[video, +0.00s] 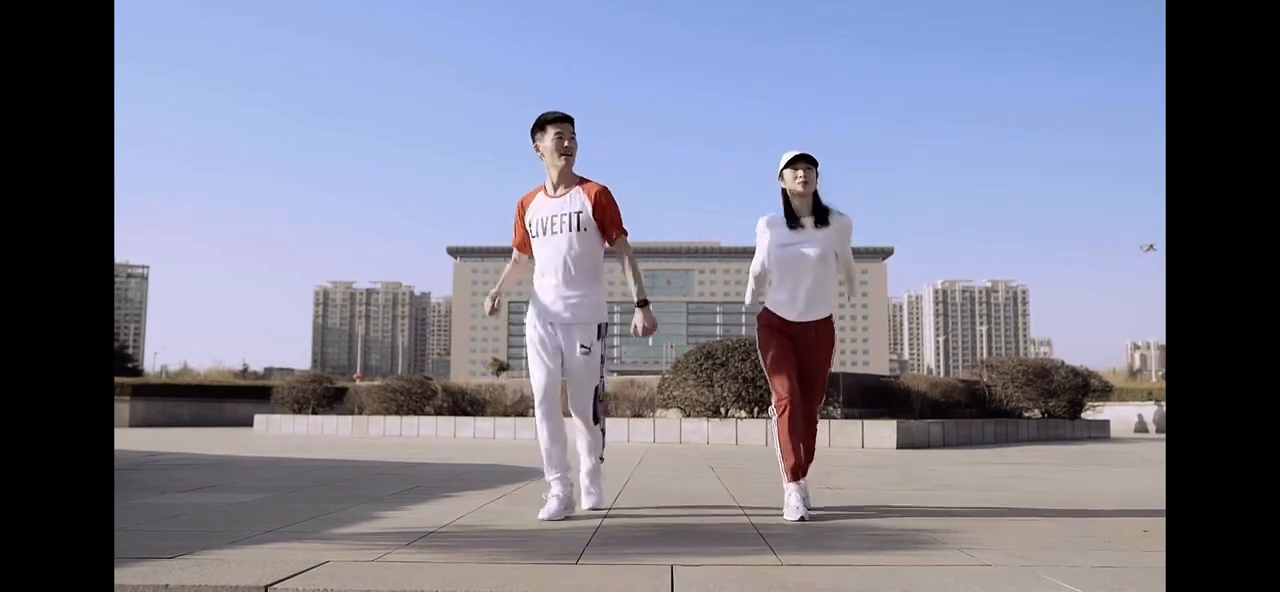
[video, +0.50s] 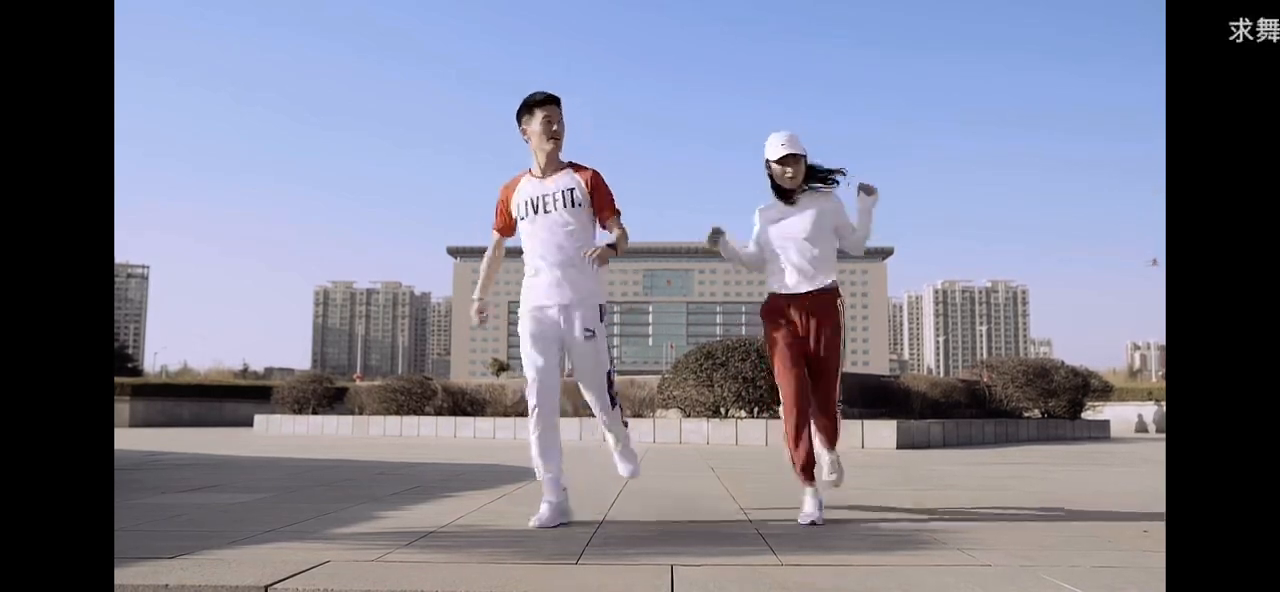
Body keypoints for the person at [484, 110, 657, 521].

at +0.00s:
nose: (567, 141)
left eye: (570, 136)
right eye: (557, 136)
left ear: (576, 145)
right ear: (538, 147)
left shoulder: (596, 194)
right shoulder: (528, 203)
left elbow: (624, 251)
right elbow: (521, 259)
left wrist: (642, 304)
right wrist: (498, 289)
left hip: (586, 318)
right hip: (541, 317)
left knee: (585, 407)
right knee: (544, 404)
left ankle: (591, 482)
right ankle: (558, 490)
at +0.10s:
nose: (568, 126)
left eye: (572, 120)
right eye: (559, 121)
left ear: (578, 129)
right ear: (540, 130)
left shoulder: (599, 179)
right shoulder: (524, 184)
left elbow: (620, 231)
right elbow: (507, 243)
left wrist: (627, 281)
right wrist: (515, 237)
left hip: (585, 295)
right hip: (542, 298)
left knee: (574, 369)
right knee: (553, 387)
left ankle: (583, 443)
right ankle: (559, 481)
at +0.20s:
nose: (574, 136)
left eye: (576, 130)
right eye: (564, 130)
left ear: (582, 139)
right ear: (544, 140)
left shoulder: (600, 190)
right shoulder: (524, 193)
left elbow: (609, 227)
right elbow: (482, 245)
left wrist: (621, 267)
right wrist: (508, 214)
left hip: (589, 291)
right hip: (545, 295)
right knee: (551, 397)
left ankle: (571, 398)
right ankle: (562, 484)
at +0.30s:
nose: (574, 135)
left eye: (576, 128)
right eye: (565, 129)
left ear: (580, 137)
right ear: (543, 139)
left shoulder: (598, 188)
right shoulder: (521, 191)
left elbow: (607, 228)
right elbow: (478, 240)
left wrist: (623, 266)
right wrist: (504, 215)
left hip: (589, 290)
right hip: (544, 295)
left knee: (572, 289)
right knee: (551, 392)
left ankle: (575, 390)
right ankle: (565, 478)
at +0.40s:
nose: (562, 114)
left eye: (565, 108)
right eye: (552, 110)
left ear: (571, 118)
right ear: (532, 120)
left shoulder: (592, 171)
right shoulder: (514, 177)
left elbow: (611, 222)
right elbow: (494, 229)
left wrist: (618, 259)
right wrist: (489, 264)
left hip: (586, 292)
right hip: (539, 296)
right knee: (542, 386)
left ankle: (608, 441)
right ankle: (563, 475)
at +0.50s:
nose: (555, 125)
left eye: (558, 119)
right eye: (545, 120)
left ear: (564, 128)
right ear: (525, 131)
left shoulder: (587, 178)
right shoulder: (512, 190)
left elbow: (618, 232)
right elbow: (496, 247)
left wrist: (610, 245)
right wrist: (480, 293)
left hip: (583, 300)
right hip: (537, 302)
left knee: (599, 396)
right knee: (540, 403)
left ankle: (618, 441)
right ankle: (553, 498)